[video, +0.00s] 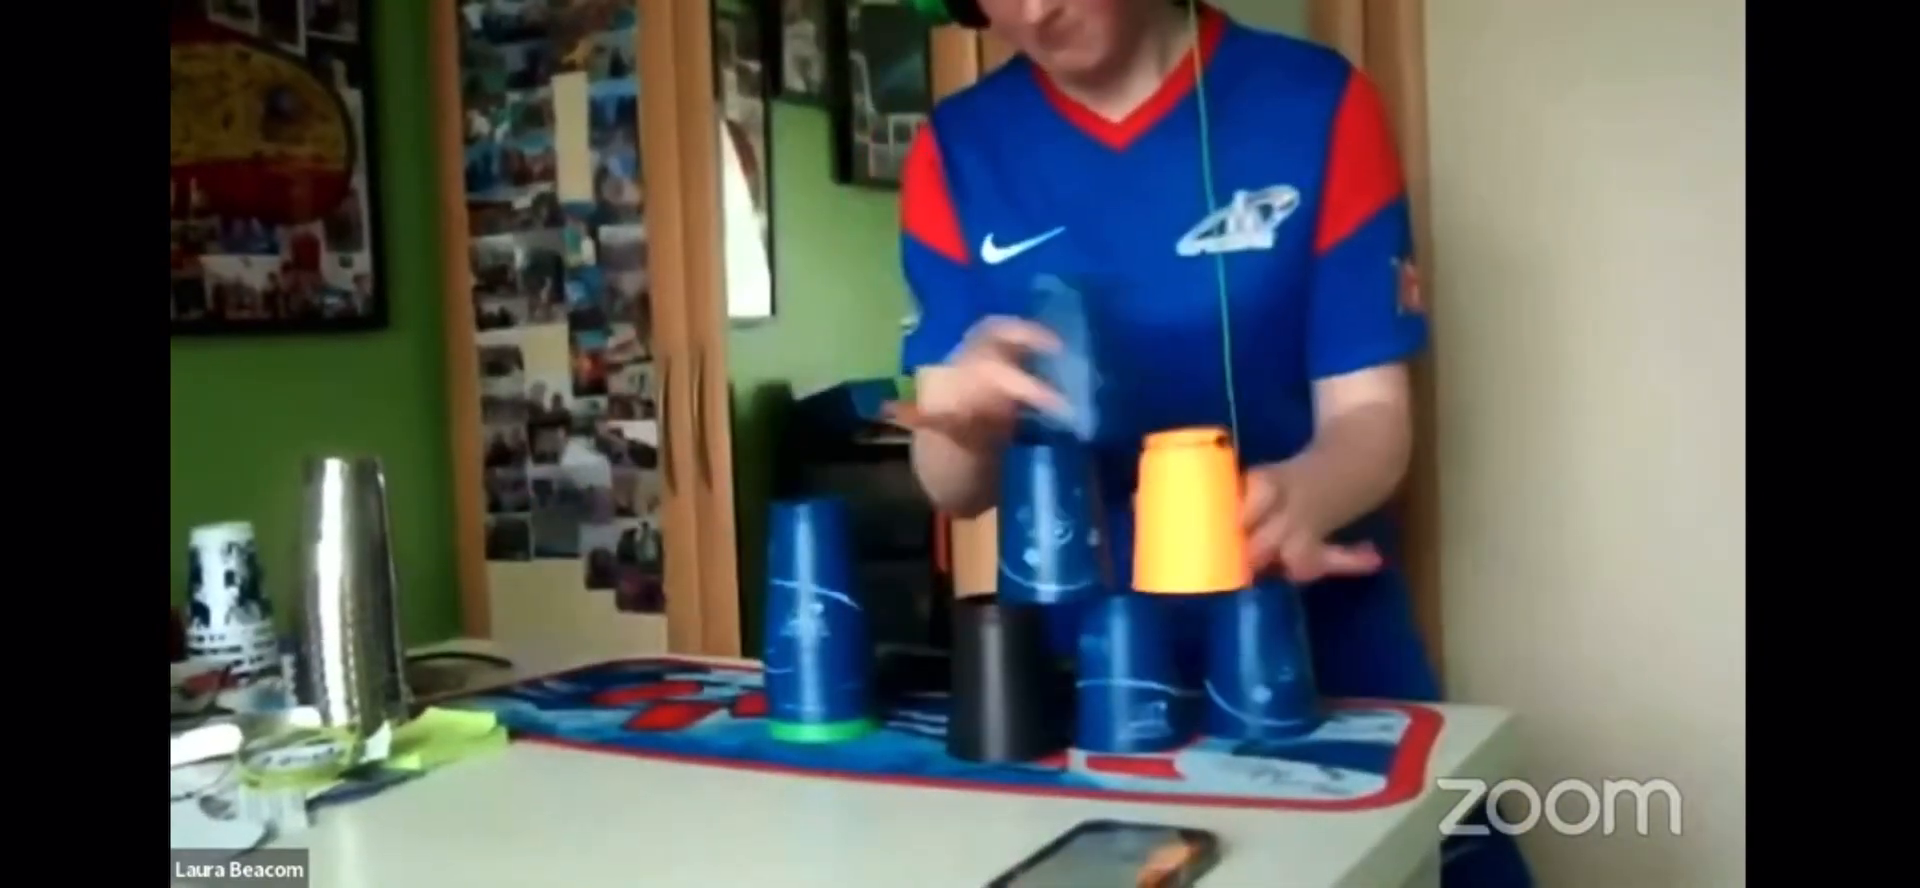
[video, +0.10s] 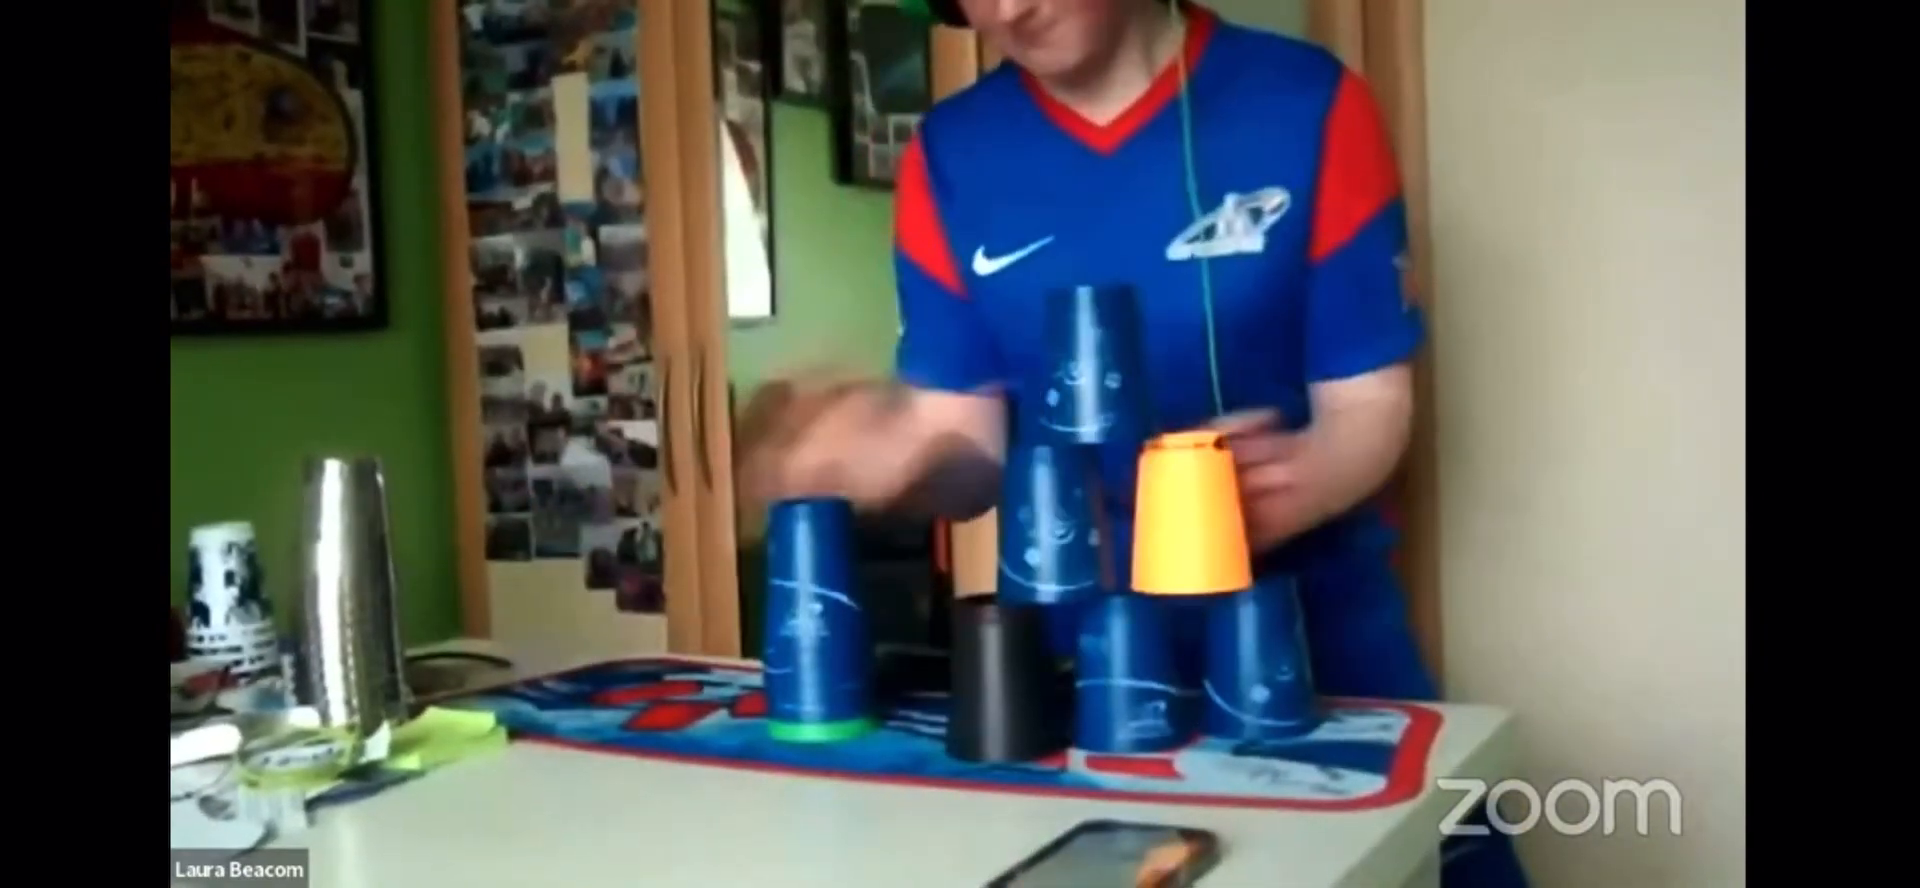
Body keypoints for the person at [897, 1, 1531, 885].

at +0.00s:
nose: (1036, 8)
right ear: (974, 9)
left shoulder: (1312, 103)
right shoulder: (958, 149)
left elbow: (1369, 413)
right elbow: (953, 489)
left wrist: (1302, 494)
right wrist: (959, 408)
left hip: (1313, 628)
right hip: (1081, 650)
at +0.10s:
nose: (1007, 10)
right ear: (960, 12)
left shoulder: (1308, 107)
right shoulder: (950, 154)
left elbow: (1368, 410)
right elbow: (968, 442)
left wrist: (1288, 484)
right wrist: (888, 461)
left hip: (1313, 643)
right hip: (1074, 657)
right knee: (1091, 874)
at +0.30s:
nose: (929, 18)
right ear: (890, 4)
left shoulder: (1245, 131)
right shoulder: (929, 159)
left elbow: (1231, 484)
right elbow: (936, 440)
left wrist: (959, 582)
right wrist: (792, 472)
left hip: (1283, 621)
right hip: (1071, 634)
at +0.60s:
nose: (916, 18)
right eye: (894, 0)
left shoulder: (1234, 110)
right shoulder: (928, 144)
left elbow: (1244, 453)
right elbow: (922, 426)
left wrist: (1017, 512)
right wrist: (786, 400)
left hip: (1273, 613)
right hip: (1060, 627)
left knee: (1344, 861)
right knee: (1087, 868)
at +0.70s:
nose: (935, 20)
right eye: (914, 6)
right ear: (906, 15)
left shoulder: (1253, 97)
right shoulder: (930, 138)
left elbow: (1267, 439)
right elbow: (936, 436)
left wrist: (1033, 403)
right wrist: (840, 414)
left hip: (1287, 612)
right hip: (1061, 627)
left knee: (1396, 867)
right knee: (1086, 876)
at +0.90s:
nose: (997, 4)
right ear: (945, 8)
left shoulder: (1295, 93)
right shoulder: (943, 158)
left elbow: (1349, 406)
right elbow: (935, 432)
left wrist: (1283, 527)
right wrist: (999, 523)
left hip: (1319, 653)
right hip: (1089, 670)